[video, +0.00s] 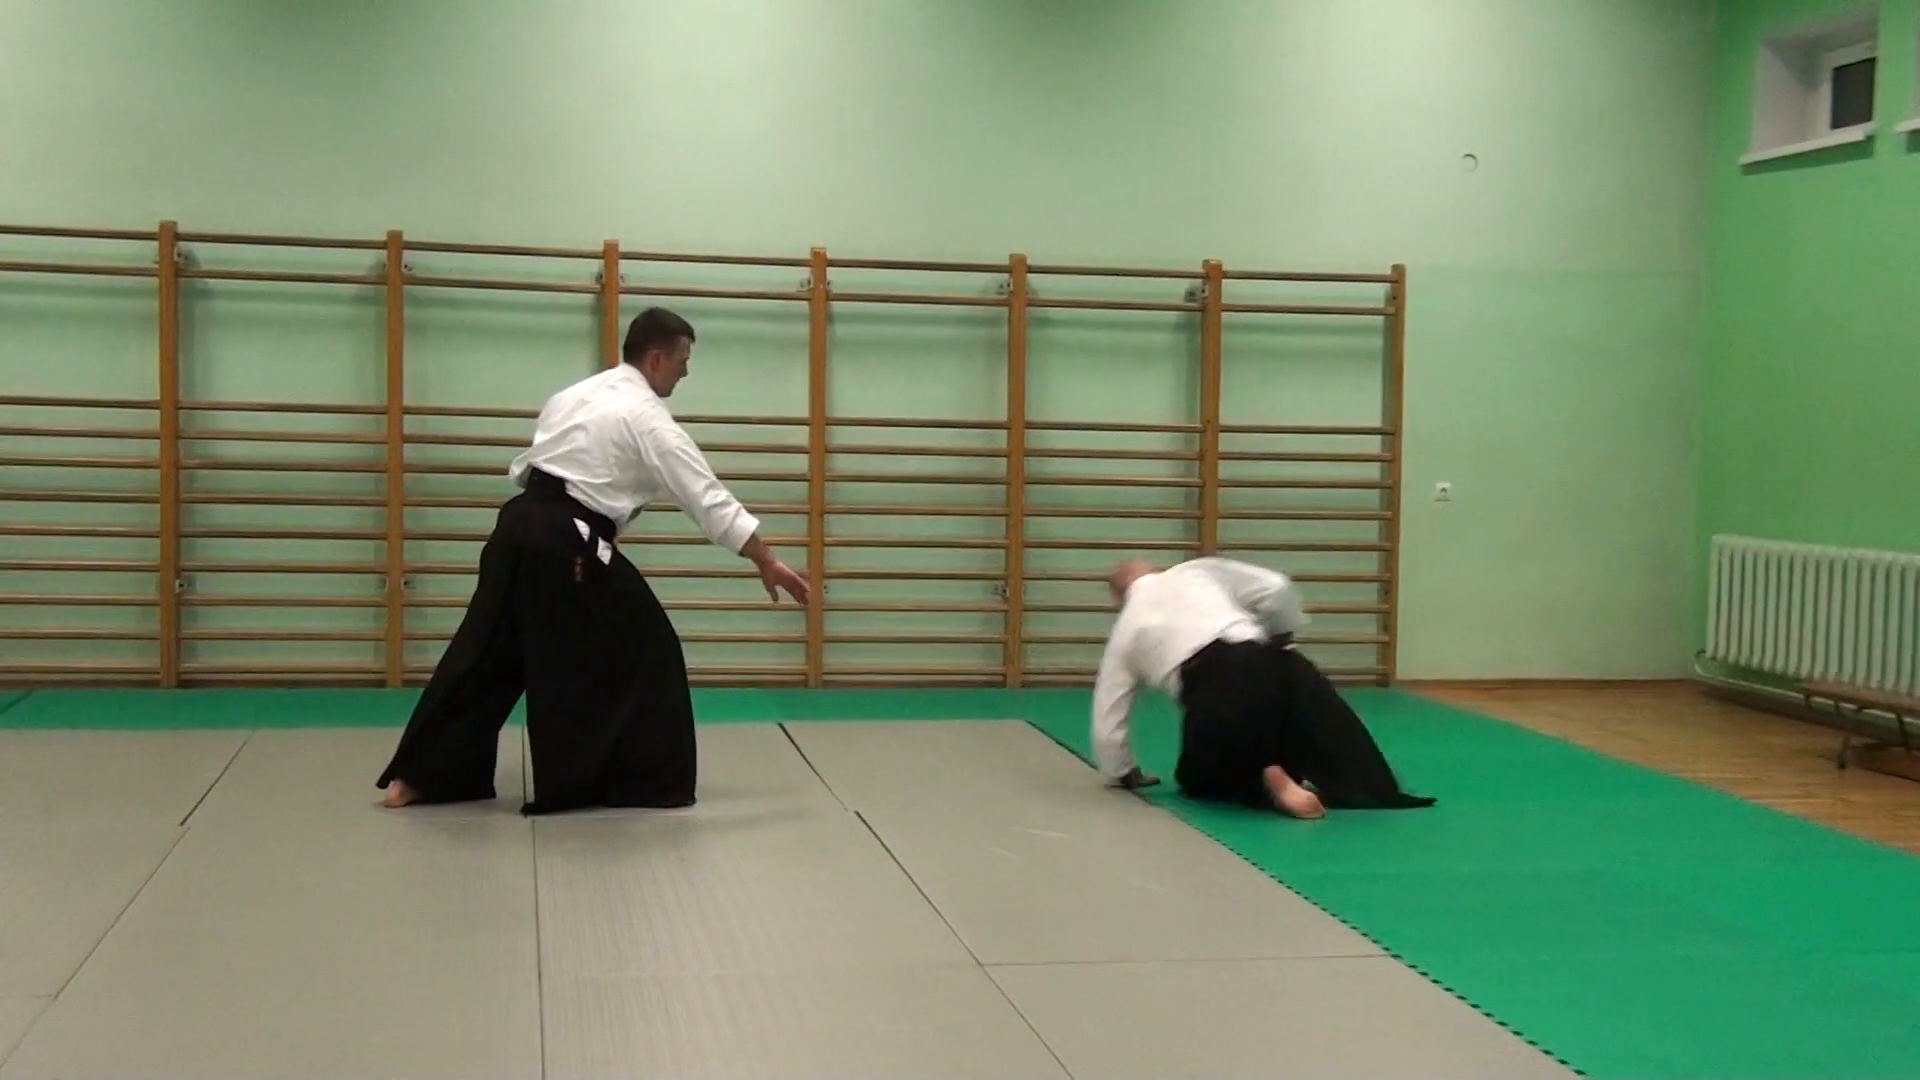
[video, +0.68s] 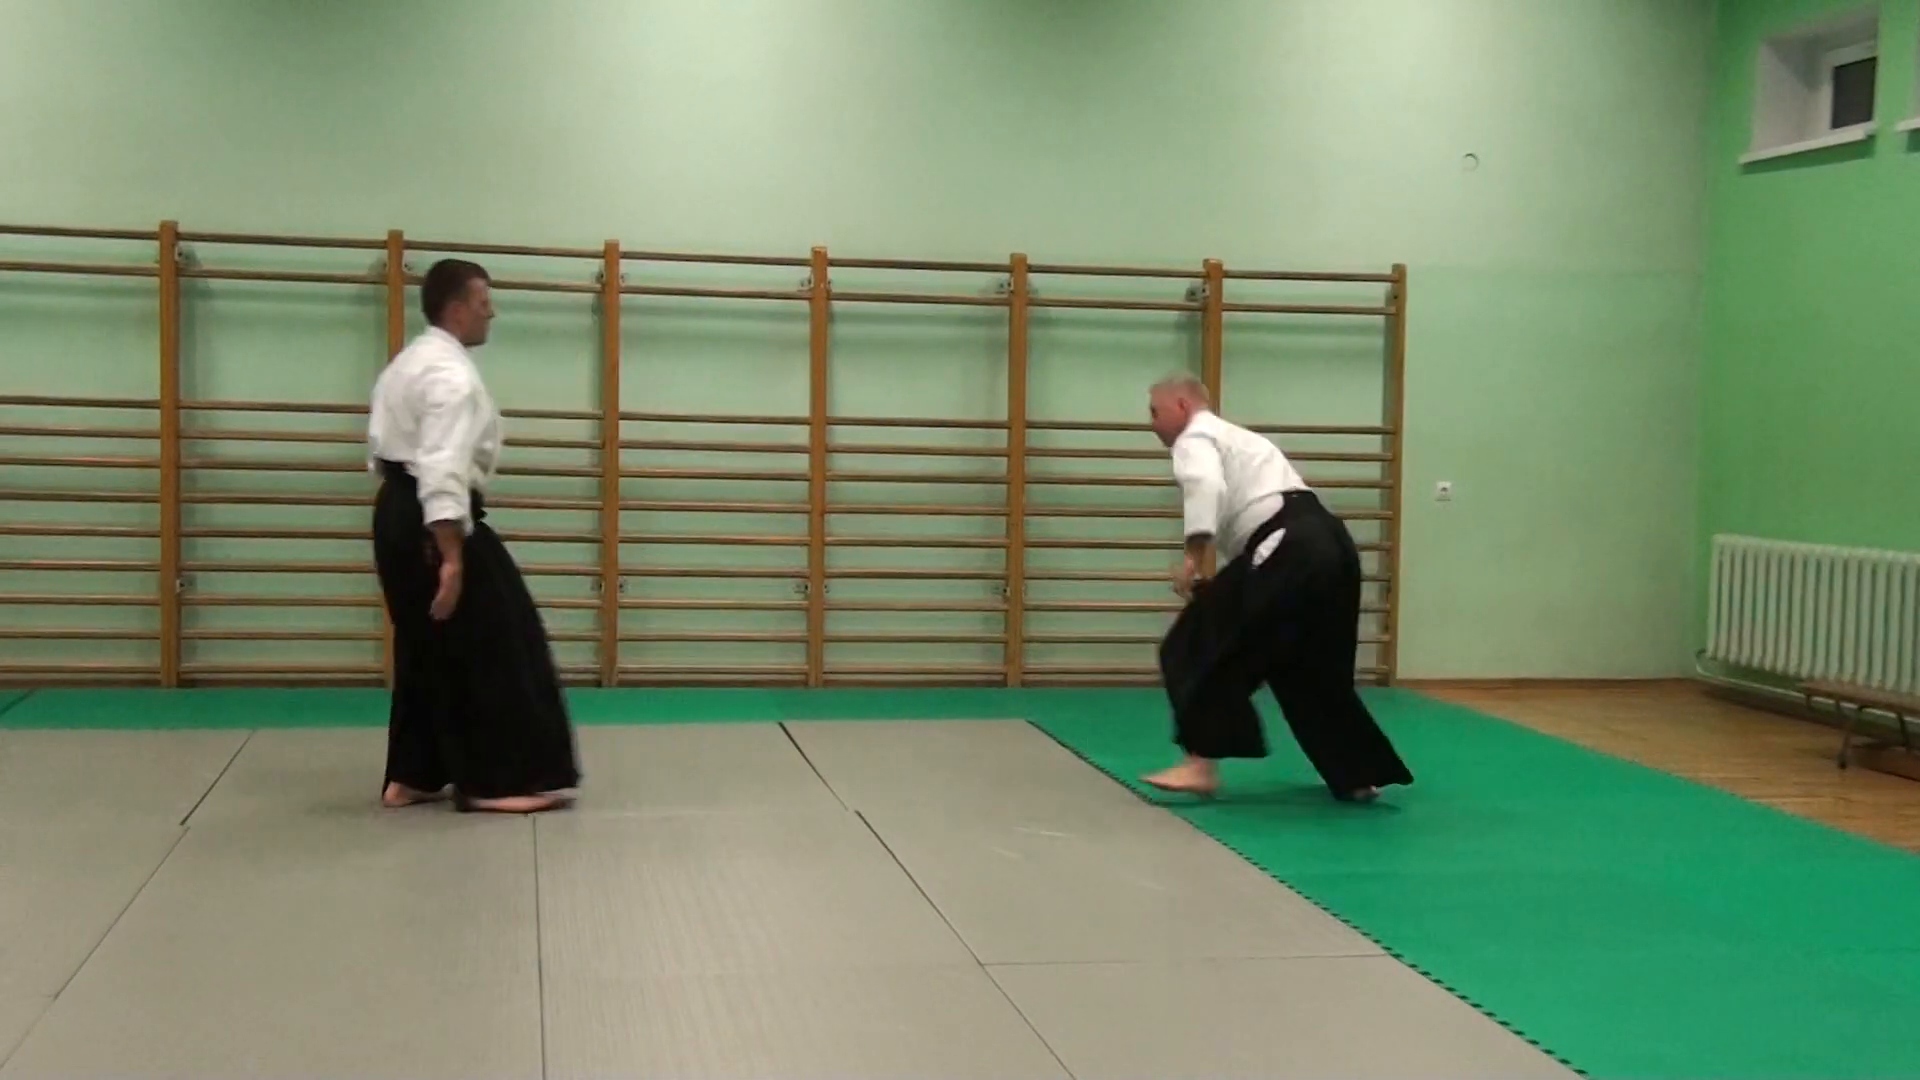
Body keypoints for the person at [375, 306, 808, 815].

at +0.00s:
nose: (683, 375)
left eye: (685, 364)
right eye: (682, 363)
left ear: (639, 353)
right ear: (655, 356)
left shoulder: (573, 394)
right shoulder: (649, 416)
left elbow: (535, 469)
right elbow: (706, 495)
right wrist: (768, 561)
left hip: (517, 528)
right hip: (573, 542)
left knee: (482, 654)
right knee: (652, 649)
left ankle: (413, 776)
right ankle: (652, 780)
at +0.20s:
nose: (661, 362)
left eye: (662, 350)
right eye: (658, 349)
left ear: (617, 348)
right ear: (632, 349)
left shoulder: (554, 389)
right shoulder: (626, 405)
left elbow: (516, 467)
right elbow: (672, 488)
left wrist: (583, 514)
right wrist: (712, 568)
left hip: (507, 528)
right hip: (564, 538)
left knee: (493, 657)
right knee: (641, 646)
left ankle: (415, 772)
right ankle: (654, 777)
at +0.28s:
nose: (639, 354)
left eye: (639, 343)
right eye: (634, 342)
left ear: (594, 341)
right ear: (608, 342)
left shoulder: (533, 388)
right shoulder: (607, 405)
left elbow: (497, 472)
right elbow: (643, 495)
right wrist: (671, 579)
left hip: (496, 530)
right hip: (554, 542)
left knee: (490, 659)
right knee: (633, 647)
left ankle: (413, 771)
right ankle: (646, 777)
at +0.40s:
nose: (592, 342)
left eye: (592, 331)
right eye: (587, 331)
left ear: (545, 331)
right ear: (562, 330)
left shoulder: (494, 382)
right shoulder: (564, 398)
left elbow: (464, 468)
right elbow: (575, 485)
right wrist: (585, 568)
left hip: (470, 527)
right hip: (522, 536)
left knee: (479, 657)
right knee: (607, 639)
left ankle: (415, 772)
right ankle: (651, 774)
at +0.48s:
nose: (560, 331)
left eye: (559, 320)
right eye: (554, 320)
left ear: (511, 323)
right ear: (527, 322)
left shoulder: (466, 375)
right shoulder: (527, 388)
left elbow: (442, 463)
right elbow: (527, 478)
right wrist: (533, 560)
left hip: (447, 524)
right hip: (495, 528)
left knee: (464, 653)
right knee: (581, 640)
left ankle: (413, 773)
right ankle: (631, 763)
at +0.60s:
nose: (516, 318)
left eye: (514, 308)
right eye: (509, 309)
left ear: (469, 314)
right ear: (480, 313)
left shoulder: (424, 369)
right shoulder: (482, 382)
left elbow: (400, 459)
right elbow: (470, 472)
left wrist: (417, 511)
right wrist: (475, 557)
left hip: (415, 518)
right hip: (460, 521)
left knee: (439, 647)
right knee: (541, 637)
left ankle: (409, 774)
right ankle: (577, 772)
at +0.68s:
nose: (491, 312)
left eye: (489, 302)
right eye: (484, 302)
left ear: (445, 310)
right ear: (455, 308)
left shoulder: (404, 364)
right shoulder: (453, 377)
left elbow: (382, 456)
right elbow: (441, 470)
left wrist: (410, 506)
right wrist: (453, 557)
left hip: (399, 515)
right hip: (443, 519)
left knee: (422, 647)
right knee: (507, 640)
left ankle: (409, 775)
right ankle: (499, 782)